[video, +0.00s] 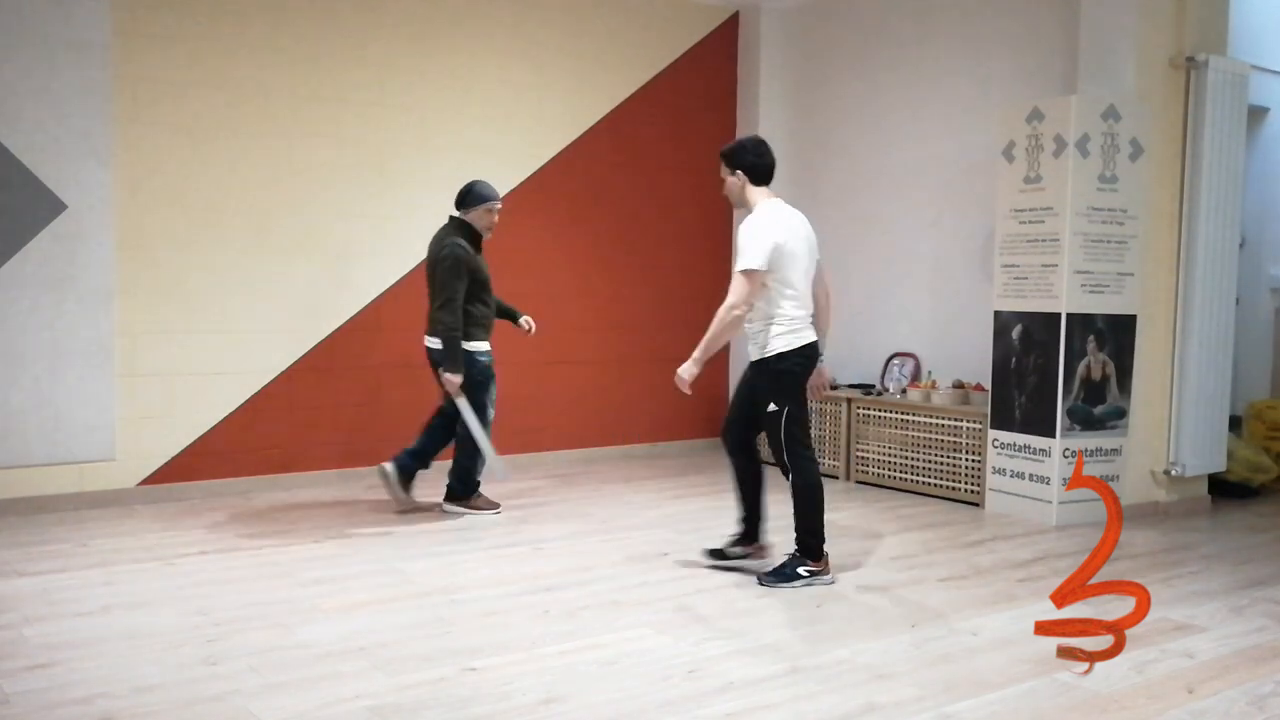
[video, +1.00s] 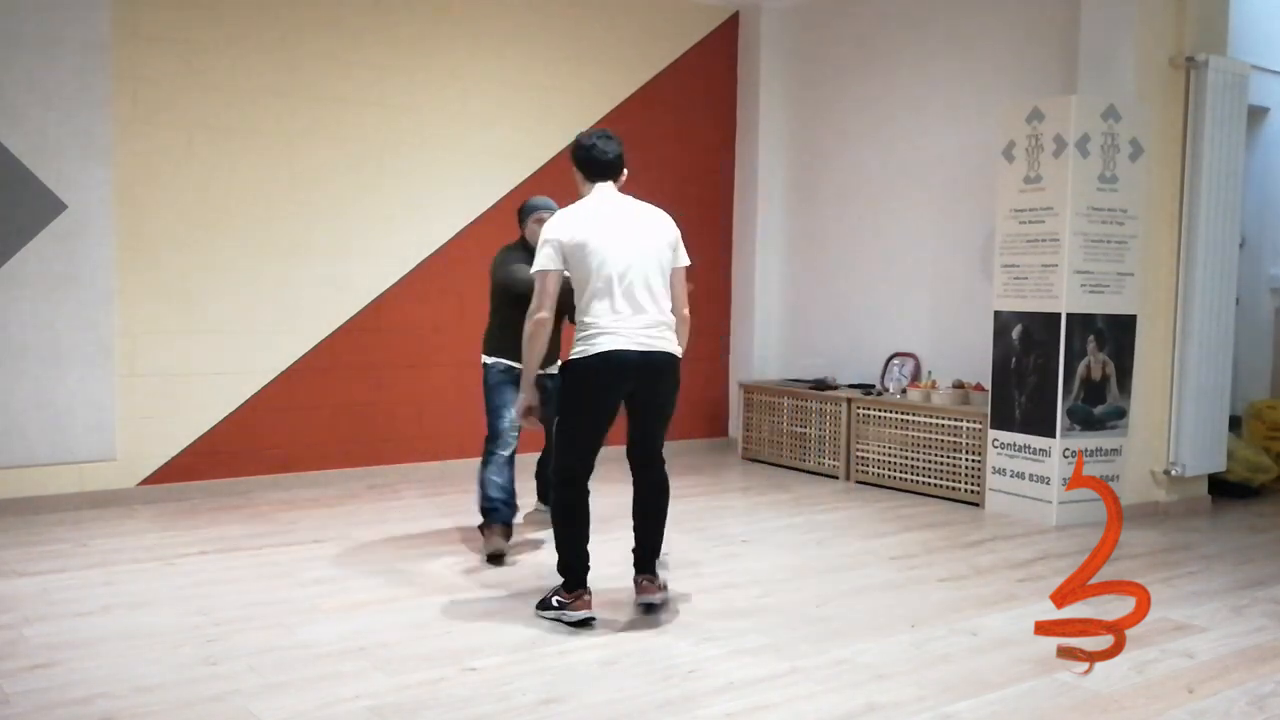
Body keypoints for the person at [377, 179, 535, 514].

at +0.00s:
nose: (497, 219)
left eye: (498, 212)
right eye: (492, 211)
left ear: (472, 213)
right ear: (471, 212)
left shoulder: (461, 243)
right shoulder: (454, 250)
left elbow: (477, 297)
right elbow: (448, 311)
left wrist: (513, 315)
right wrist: (451, 364)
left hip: (461, 347)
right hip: (468, 350)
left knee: (454, 413)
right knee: (476, 422)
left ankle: (403, 469)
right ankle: (462, 492)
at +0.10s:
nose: (503, 216)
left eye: (505, 210)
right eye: (497, 210)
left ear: (497, 210)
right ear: (477, 210)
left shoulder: (478, 242)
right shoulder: (457, 247)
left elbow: (485, 298)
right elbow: (455, 305)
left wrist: (513, 322)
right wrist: (465, 359)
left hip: (486, 344)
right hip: (466, 346)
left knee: (487, 411)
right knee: (478, 417)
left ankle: (440, 468)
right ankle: (462, 489)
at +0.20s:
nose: (509, 214)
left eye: (512, 207)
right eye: (503, 207)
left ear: (511, 209)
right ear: (483, 208)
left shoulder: (492, 240)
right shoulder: (463, 243)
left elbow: (496, 296)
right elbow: (457, 302)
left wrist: (517, 330)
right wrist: (476, 354)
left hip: (497, 344)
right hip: (471, 345)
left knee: (511, 406)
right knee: (479, 412)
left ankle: (489, 480)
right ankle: (460, 491)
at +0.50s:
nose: (539, 217)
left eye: (542, 210)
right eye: (531, 210)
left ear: (545, 213)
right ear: (512, 213)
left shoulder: (538, 248)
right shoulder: (489, 250)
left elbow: (542, 303)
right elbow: (477, 304)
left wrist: (569, 336)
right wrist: (502, 352)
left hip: (536, 352)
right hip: (499, 353)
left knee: (556, 416)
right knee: (501, 421)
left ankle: (553, 489)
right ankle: (472, 483)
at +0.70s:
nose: (558, 221)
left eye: (562, 215)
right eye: (550, 214)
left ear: (567, 219)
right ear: (533, 218)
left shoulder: (559, 256)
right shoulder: (512, 250)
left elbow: (568, 308)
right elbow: (508, 304)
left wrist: (604, 317)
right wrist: (547, 346)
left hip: (540, 352)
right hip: (504, 346)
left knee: (562, 410)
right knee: (511, 410)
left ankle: (553, 490)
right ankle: (494, 486)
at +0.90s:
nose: (558, 228)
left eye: (563, 222)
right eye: (551, 221)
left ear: (568, 225)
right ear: (535, 224)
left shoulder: (567, 262)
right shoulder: (518, 256)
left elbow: (580, 306)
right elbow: (552, 291)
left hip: (544, 363)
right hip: (504, 357)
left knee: (565, 422)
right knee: (498, 429)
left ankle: (551, 495)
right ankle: (485, 510)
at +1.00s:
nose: (546, 229)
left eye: (551, 223)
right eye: (539, 223)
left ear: (558, 227)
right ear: (523, 226)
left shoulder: (560, 263)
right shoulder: (508, 260)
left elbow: (574, 309)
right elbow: (531, 283)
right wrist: (568, 280)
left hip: (547, 364)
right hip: (505, 363)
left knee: (560, 432)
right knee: (503, 439)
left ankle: (550, 491)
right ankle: (496, 524)